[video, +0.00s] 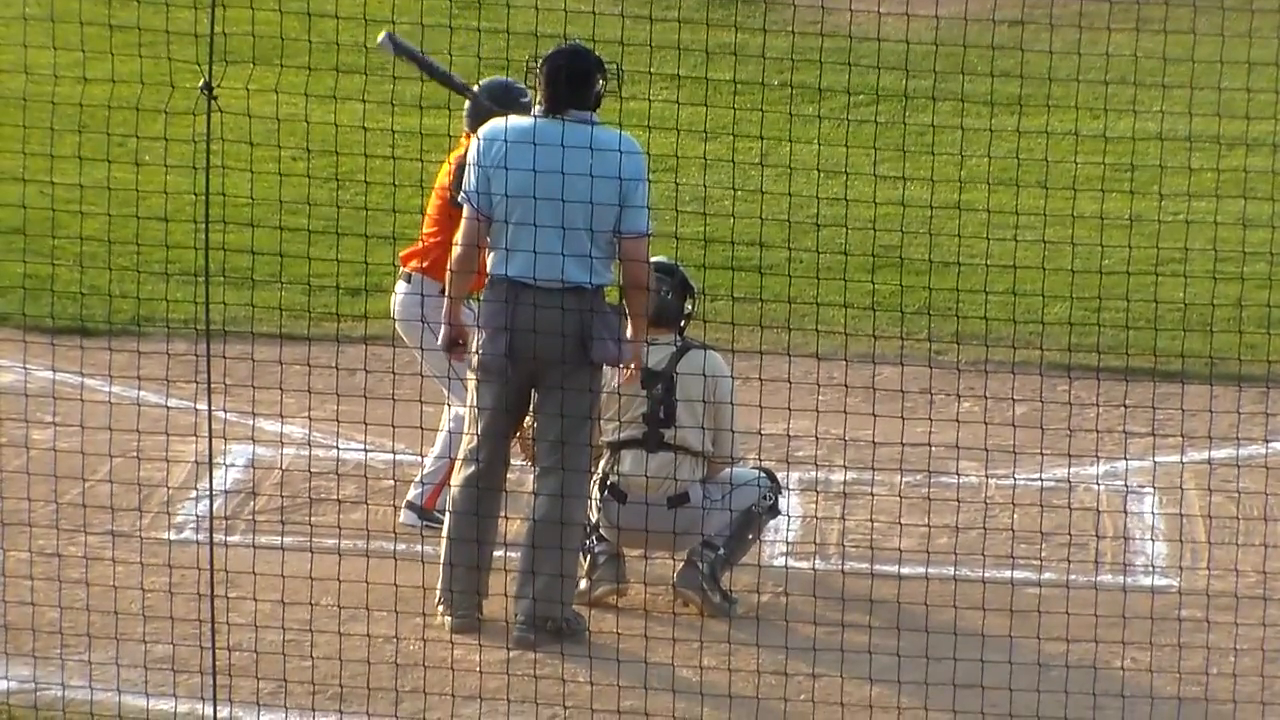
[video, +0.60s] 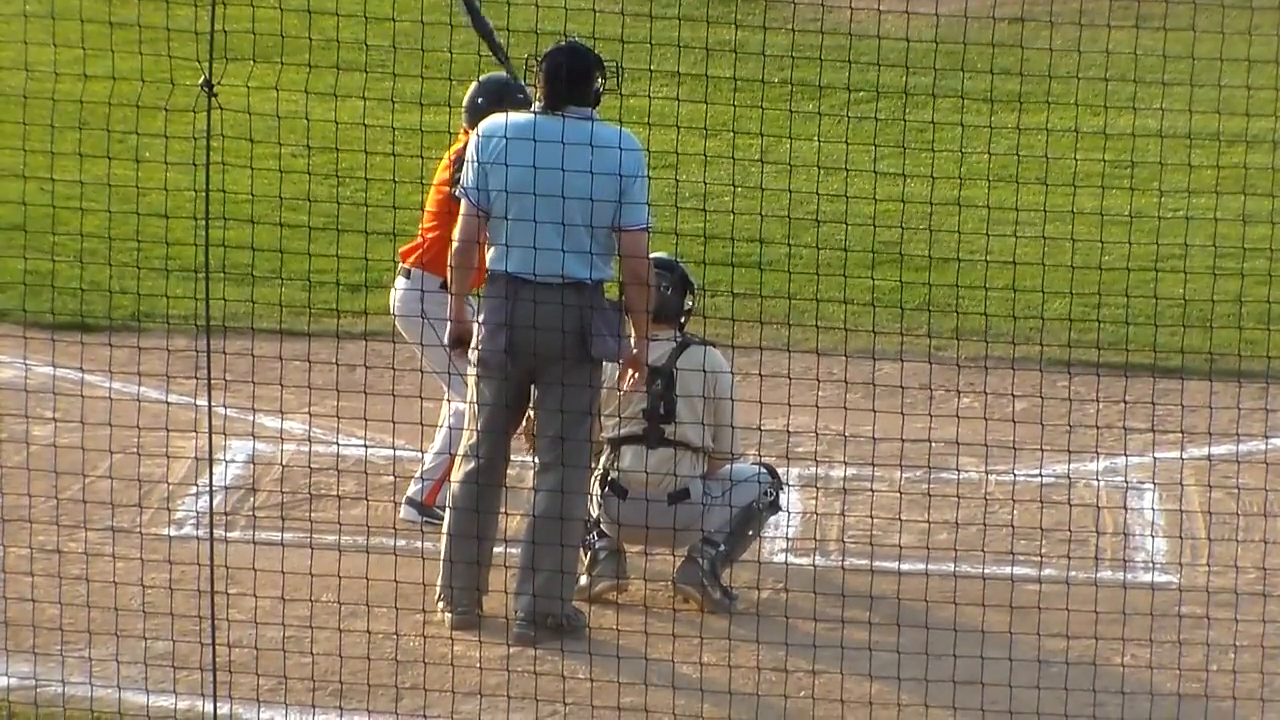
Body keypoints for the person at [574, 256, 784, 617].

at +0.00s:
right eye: (684, 300)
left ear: (631, 305)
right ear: (681, 310)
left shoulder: (607, 359)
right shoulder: (708, 363)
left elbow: (589, 444)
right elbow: (723, 456)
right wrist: (687, 479)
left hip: (616, 515)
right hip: (682, 517)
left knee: (590, 474)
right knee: (764, 486)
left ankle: (603, 561)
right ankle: (703, 567)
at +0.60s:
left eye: (634, 291)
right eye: (686, 296)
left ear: (630, 302)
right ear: (682, 307)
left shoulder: (606, 357)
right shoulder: (708, 360)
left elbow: (587, 439)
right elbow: (721, 455)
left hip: (617, 512)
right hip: (682, 513)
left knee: (592, 468)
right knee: (765, 481)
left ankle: (604, 557)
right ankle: (703, 563)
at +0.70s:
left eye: (633, 291)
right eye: (682, 296)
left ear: (629, 302)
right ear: (680, 307)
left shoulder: (606, 357)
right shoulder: (707, 361)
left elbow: (595, 440)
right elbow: (722, 454)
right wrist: (685, 476)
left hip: (618, 512)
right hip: (682, 514)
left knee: (597, 467)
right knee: (763, 481)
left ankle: (603, 557)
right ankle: (703, 564)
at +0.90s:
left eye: (623, 295)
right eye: (672, 298)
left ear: (617, 304)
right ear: (669, 306)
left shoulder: (601, 357)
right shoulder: (700, 359)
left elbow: (583, 440)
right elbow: (726, 445)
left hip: (617, 511)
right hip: (682, 512)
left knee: (590, 462)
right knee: (754, 477)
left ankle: (603, 554)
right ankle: (702, 564)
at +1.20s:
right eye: (659, 298)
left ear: (605, 309)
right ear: (658, 308)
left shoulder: (592, 358)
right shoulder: (686, 357)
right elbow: (746, 413)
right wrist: (702, 424)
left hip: (601, 511)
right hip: (663, 511)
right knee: (749, 444)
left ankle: (608, 555)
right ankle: (718, 551)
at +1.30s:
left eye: (623, 302)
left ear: (614, 308)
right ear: (666, 307)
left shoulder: (593, 355)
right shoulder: (686, 357)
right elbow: (750, 413)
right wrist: (697, 441)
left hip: (591, 506)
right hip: (657, 506)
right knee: (751, 452)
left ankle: (607, 557)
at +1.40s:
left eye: (629, 302)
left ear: (621, 311)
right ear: (675, 312)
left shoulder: (599, 361)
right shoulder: (691, 363)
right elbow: (757, 422)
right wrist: (715, 435)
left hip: (592, 508)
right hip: (653, 510)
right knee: (751, 468)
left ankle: (604, 563)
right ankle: (774, 588)